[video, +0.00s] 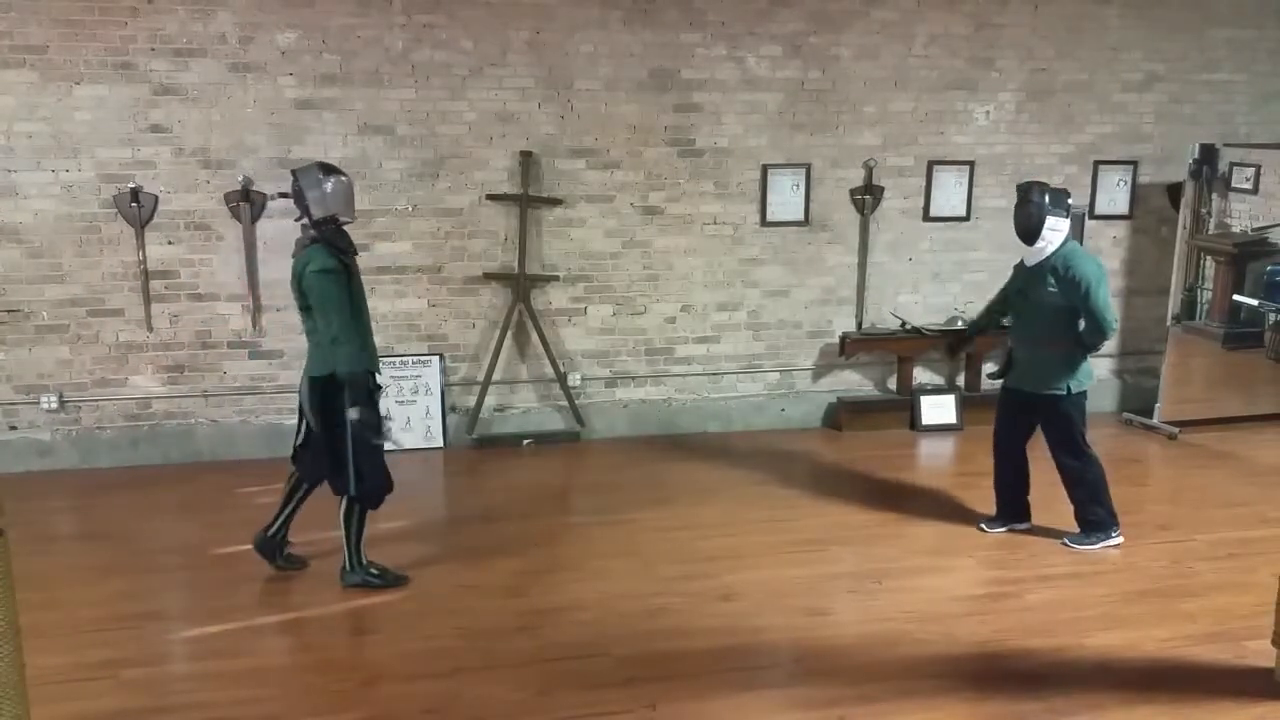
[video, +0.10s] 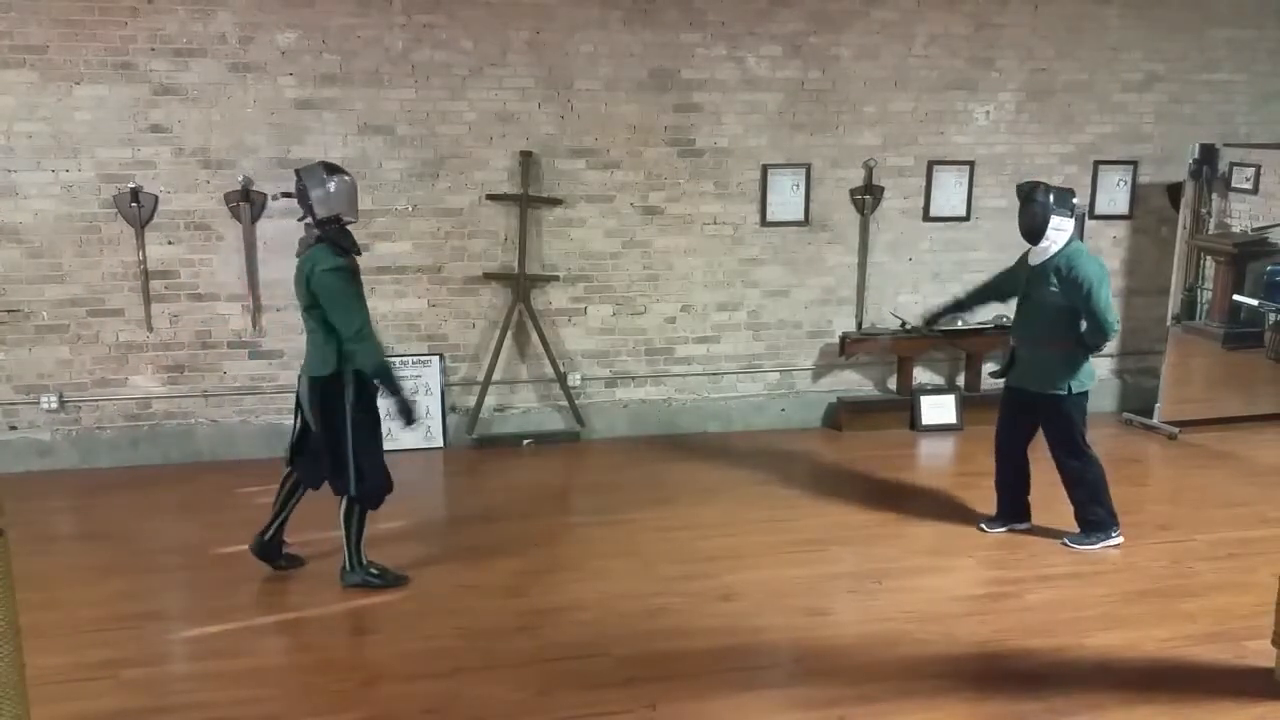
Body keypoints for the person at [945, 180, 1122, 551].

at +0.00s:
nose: (1020, 218)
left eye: (1028, 211)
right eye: (1019, 211)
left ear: (1052, 219)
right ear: (1047, 220)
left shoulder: (1078, 265)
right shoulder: (1027, 267)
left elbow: (1103, 324)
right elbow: (999, 308)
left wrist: (1078, 346)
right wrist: (968, 335)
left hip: (1062, 379)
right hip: (1022, 376)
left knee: (1072, 454)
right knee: (1007, 443)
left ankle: (1102, 527)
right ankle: (1012, 514)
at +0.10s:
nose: (1023, 220)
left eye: (1031, 213)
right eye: (1023, 212)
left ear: (1053, 218)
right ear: (1035, 216)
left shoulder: (1081, 264)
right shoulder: (1033, 262)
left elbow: (1105, 326)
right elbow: (993, 290)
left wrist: (1081, 345)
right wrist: (945, 312)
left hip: (1063, 377)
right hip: (1025, 373)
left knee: (1071, 453)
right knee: (1009, 444)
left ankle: (1102, 527)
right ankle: (1013, 515)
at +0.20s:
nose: (1026, 218)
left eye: (1033, 211)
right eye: (1027, 211)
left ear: (1057, 218)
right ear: (1050, 219)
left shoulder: (1084, 265)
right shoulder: (1034, 256)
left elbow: (1106, 328)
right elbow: (990, 271)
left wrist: (1081, 347)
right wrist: (932, 280)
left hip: (1064, 379)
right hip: (1026, 373)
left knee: (1073, 455)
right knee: (1011, 445)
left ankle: (1102, 527)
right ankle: (1014, 513)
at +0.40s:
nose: (1032, 219)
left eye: (1041, 213)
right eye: (1033, 212)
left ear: (1064, 219)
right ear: (1044, 217)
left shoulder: (1088, 269)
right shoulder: (1038, 249)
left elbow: (1107, 332)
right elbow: (993, 236)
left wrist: (1082, 344)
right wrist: (937, 221)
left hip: (1067, 380)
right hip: (1030, 373)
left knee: (1073, 455)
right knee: (1016, 445)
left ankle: (1102, 527)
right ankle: (1014, 513)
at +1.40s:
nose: (1023, 230)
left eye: (1030, 225)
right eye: (1023, 223)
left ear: (1053, 230)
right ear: (1026, 224)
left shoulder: (1071, 276)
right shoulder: (1020, 246)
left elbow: (1088, 343)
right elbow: (983, 216)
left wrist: (1063, 349)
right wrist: (941, 185)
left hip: (1047, 383)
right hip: (1009, 375)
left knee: (1059, 456)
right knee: (985, 439)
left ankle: (1101, 527)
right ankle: (988, 513)